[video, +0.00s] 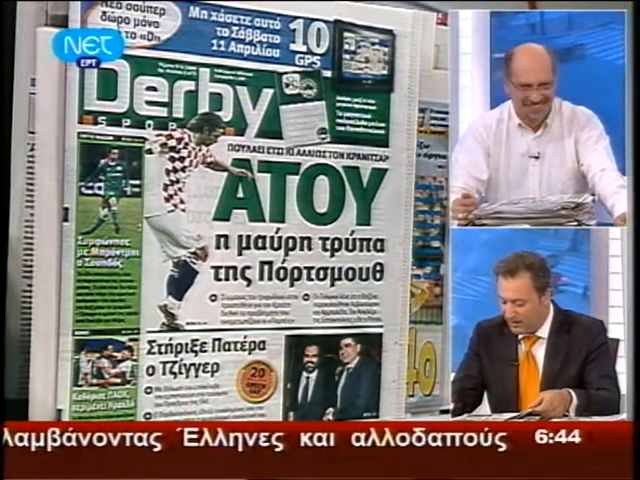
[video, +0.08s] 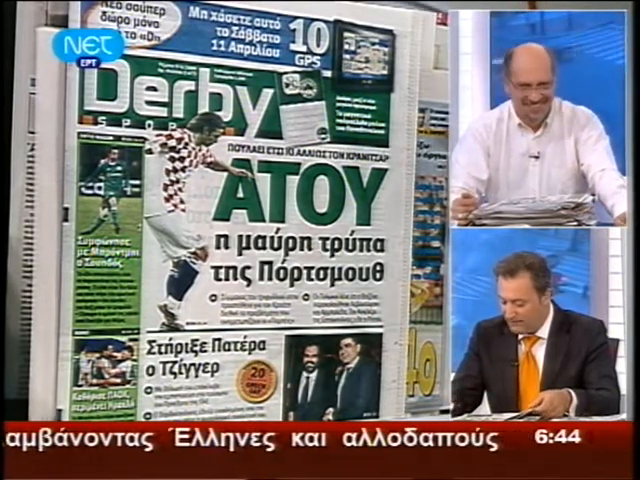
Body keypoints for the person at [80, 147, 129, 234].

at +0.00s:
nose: (115, 156)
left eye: (116, 154)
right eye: (113, 154)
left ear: (118, 155)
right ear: (109, 154)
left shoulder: (122, 165)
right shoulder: (104, 165)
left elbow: (126, 177)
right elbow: (95, 174)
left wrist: (127, 187)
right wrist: (86, 182)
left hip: (118, 190)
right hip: (108, 189)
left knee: (105, 213)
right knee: (113, 205)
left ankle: (91, 230)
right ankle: (116, 225)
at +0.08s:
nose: (115, 156)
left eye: (116, 154)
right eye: (113, 154)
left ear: (118, 155)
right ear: (109, 154)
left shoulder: (122, 165)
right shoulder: (104, 165)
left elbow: (126, 177)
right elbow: (95, 174)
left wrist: (127, 187)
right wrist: (86, 182)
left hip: (118, 190)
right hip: (108, 189)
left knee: (105, 213)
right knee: (113, 205)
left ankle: (91, 230)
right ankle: (116, 225)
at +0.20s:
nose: (115, 156)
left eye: (116, 154)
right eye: (113, 153)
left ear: (118, 155)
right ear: (109, 154)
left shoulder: (121, 166)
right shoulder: (104, 165)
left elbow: (126, 177)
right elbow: (95, 174)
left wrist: (127, 187)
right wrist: (86, 182)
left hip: (118, 190)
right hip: (108, 189)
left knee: (105, 213)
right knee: (114, 207)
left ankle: (91, 230)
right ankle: (117, 226)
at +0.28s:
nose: (115, 156)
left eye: (116, 154)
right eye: (113, 153)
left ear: (118, 155)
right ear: (109, 154)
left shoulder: (121, 166)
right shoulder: (104, 165)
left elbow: (126, 177)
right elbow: (95, 174)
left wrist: (127, 186)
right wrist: (86, 182)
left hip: (118, 190)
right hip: (108, 189)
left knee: (105, 213)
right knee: (114, 207)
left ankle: (91, 230)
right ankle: (117, 226)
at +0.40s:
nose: (115, 156)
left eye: (116, 154)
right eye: (113, 153)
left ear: (118, 155)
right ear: (109, 154)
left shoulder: (121, 166)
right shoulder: (104, 165)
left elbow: (126, 177)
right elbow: (95, 174)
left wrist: (127, 187)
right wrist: (86, 182)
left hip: (118, 190)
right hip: (108, 189)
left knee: (105, 213)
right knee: (114, 206)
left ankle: (91, 230)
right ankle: (116, 226)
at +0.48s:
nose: (115, 156)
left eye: (116, 154)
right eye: (113, 153)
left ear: (118, 155)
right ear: (109, 154)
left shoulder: (122, 166)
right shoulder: (104, 165)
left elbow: (126, 177)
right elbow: (95, 174)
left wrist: (127, 187)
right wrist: (86, 182)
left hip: (118, 190)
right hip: (108, 189)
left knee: (105, 213)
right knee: (114, 207)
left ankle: (92, 230)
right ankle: (116, 226)